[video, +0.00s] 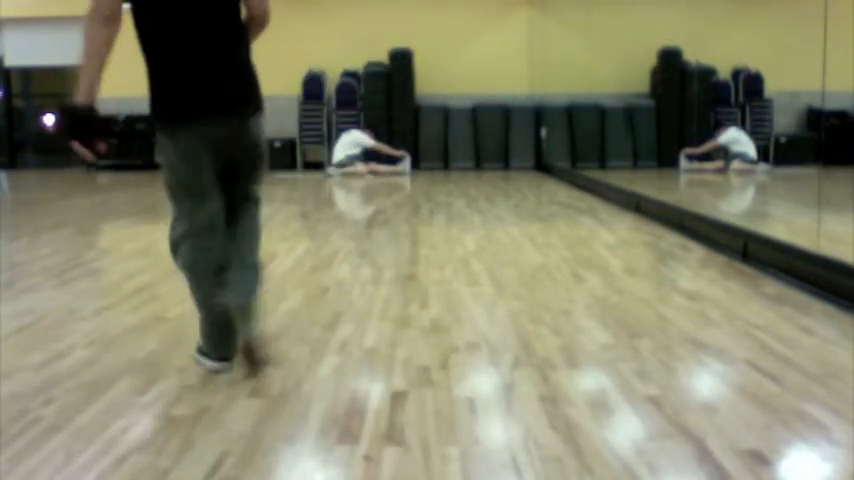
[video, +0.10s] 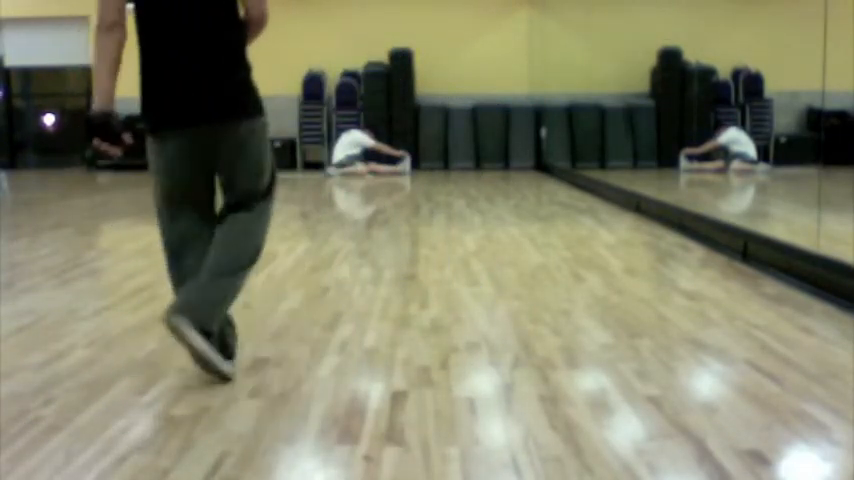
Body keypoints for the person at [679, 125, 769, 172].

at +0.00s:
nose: (719, 136)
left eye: (719, 134)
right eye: (719, 135)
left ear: (722, 130)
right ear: (726, 128)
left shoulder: (730, 132)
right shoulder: (733, 132)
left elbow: (707, 148)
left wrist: (687, 151)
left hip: (745, 159)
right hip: (734, 159)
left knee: (733, 168)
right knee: (714, 165)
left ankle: (754, 170)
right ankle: (691, 166)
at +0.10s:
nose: (719, 136)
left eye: (719, 134)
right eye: (719, 135)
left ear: (722, 130)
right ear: (726, 128)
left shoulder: (730, 132)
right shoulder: (733, 132)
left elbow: (707, 148)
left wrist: (687, 151)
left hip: (745, 159)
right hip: (734, 159)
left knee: (733, 168)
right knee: (714, 165)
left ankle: (754, 170)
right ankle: (691, 166)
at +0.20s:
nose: (719, 136)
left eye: (719, 134)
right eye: (719, 135)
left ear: (722, 130)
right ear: (726, 128)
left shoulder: (730, 132)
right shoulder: (733, 132)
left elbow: (707, 148)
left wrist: (687, 151)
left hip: (745, 159)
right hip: (734, 159)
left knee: (733, 168)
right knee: (714, 165)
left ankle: (754, 170)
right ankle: (691, 166)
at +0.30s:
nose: (719, 136)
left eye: (719, 134)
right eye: (719, 135)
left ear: (722, 130)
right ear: (726, 128)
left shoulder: (730, 132)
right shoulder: (733, 132)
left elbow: (707, 148)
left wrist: (687, 151)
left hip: (745, 159)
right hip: (734, 159)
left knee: (733, 168)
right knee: (714, 165)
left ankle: (754, 170)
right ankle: (691, 166)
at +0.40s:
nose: (719, 136)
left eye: (719, 134)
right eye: (719, 135)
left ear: (722, 130)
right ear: (726, 128)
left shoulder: (730, 132)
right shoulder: (733, 132)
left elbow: (707, 148)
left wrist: (687, 151)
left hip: (745, 159)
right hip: (734, 159)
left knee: (733, 168)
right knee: (714, 165)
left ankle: (754, 170)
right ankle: (691, 166)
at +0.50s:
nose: (719, 136)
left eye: (719, 134)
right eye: (719, 135)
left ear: (722, 130)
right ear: (725, 129)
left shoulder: (731, 132)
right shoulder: (732, 132)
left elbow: (708, 147)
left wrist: (687, 151)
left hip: (745, 159)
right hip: (734, 159)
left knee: (733, 168)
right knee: (714, 165)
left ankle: (754, 170)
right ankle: (691, 166)